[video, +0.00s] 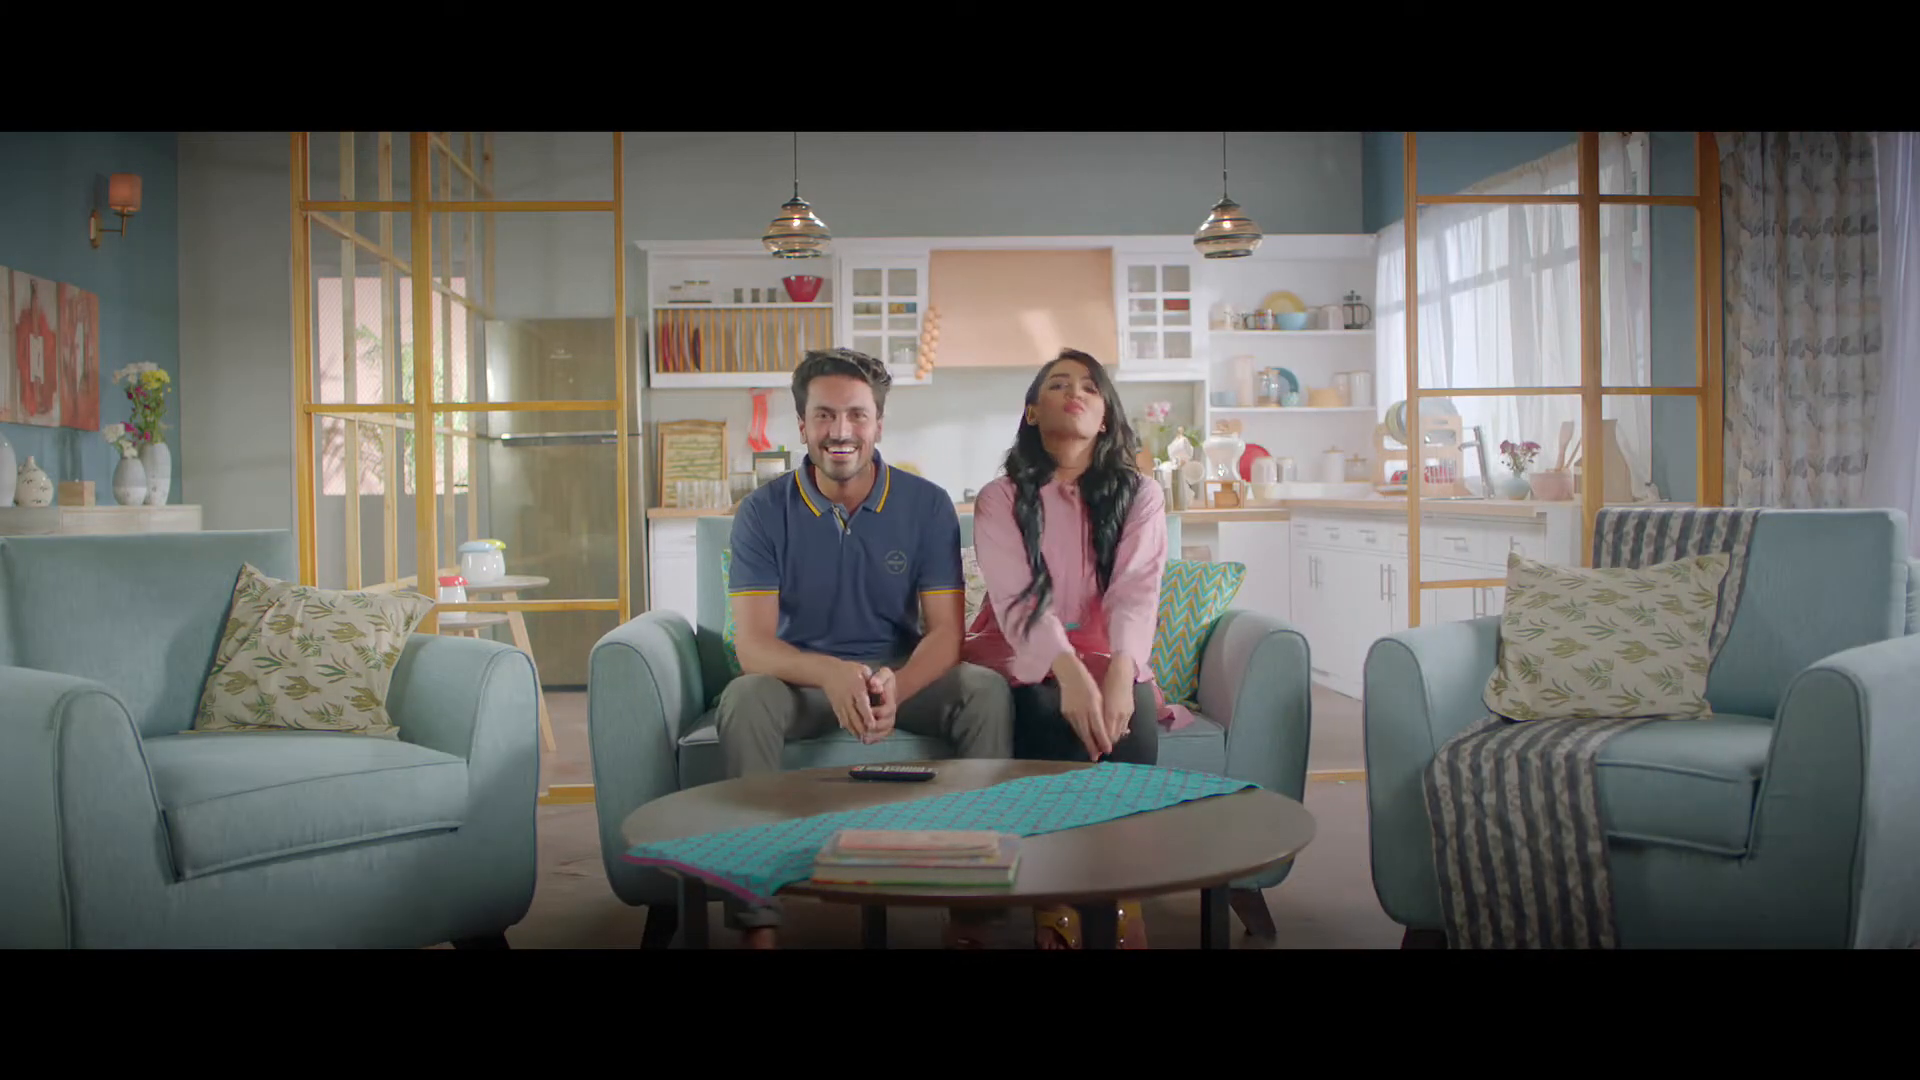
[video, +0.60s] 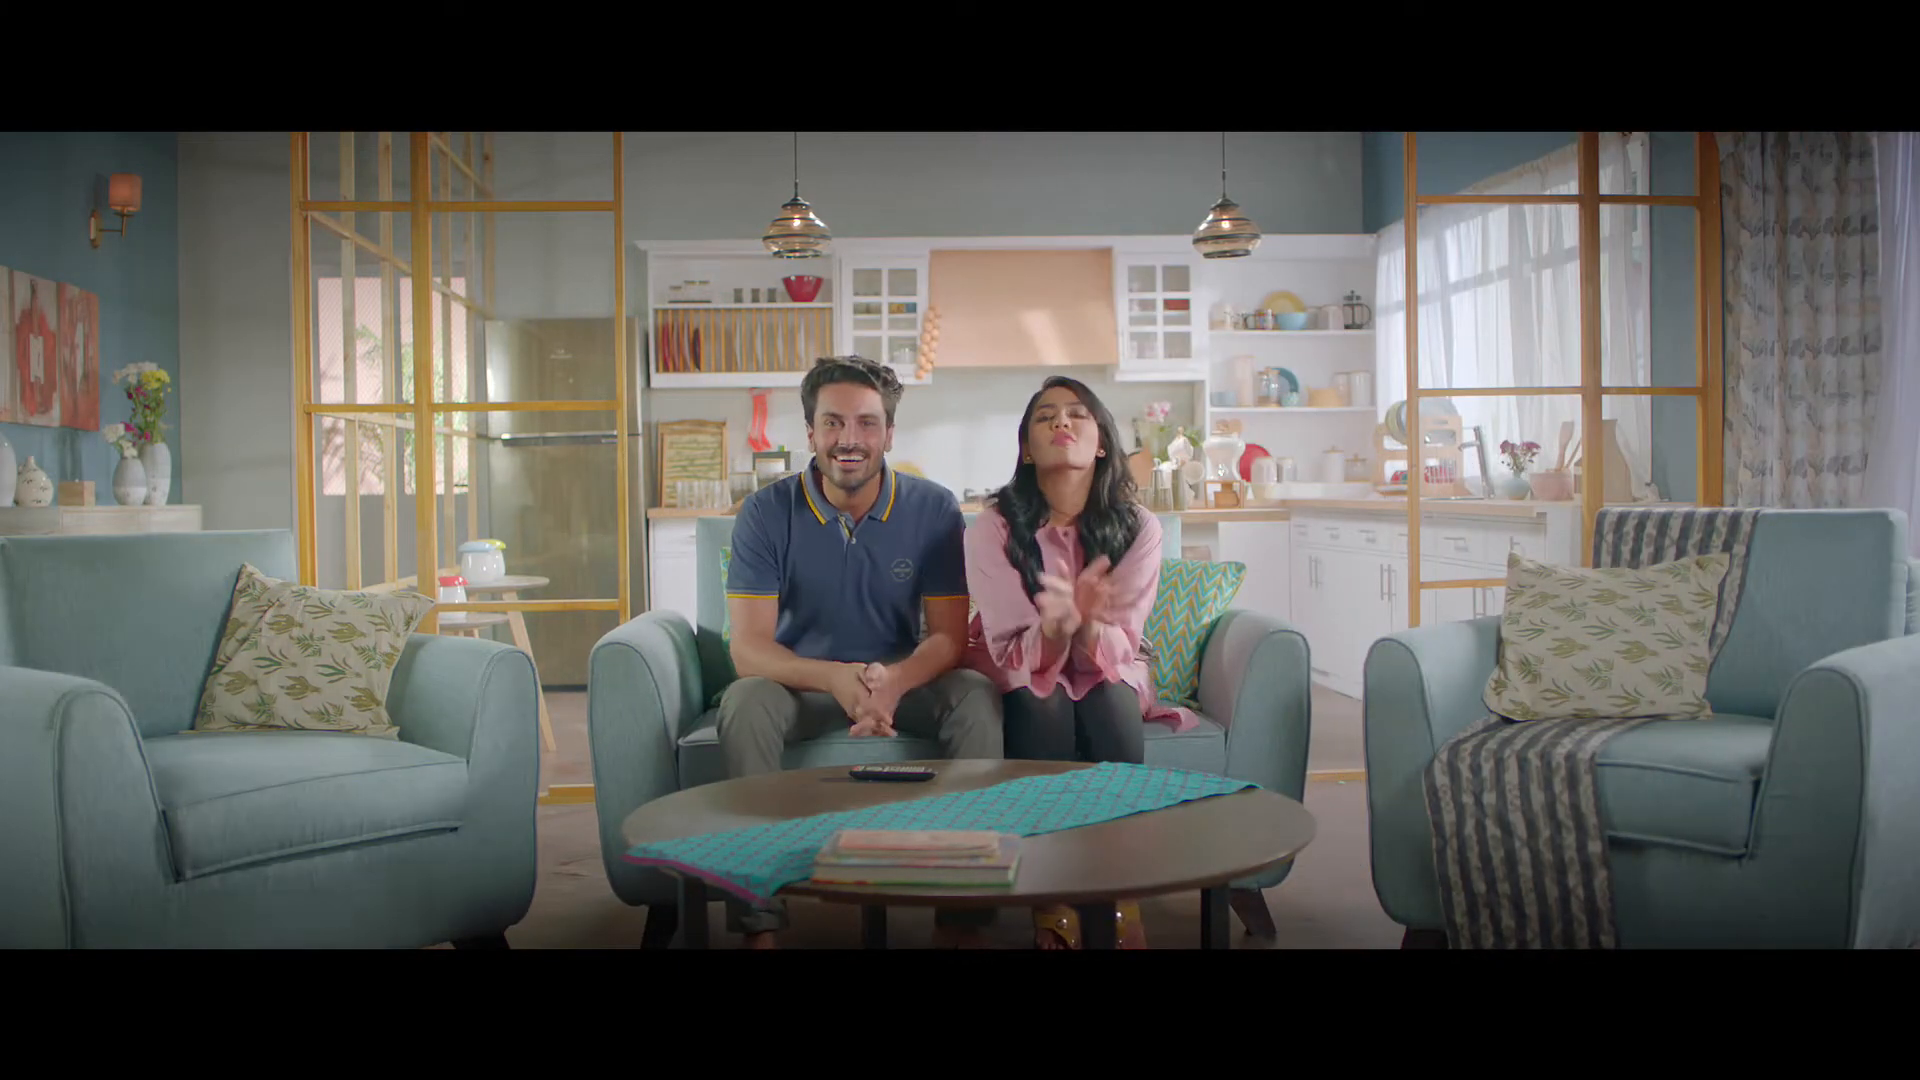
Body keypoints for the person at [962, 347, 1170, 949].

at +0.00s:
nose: (1075, 393)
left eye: (1090, 388)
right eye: (1058, 385)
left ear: (1106, 416)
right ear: (1033, 412)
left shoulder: (1139, 492)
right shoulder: (1002, 497)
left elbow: (1138, 592)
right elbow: (1016, 597)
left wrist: (1119, 676)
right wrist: (1067, 669)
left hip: (1111, 660)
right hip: (1026, 661)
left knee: (1135, 726)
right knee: (1058, 721)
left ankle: (1120, 898)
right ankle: (1053, 898)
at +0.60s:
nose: (1062, 423)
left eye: (1077, 416)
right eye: (1046, 417)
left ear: (1101, 445)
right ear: (1026, 448)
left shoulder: (1139, 527)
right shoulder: (991, 528)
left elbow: (1123, 647)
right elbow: (1014, 660)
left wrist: (1087, 625)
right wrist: (1055, 629)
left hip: (1107, 681)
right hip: (1030, 683)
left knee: (1110, 701)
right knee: (1045, 706)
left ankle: (1123, 896)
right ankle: (1055, 899)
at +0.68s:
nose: (1059, 424)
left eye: (1074, 417)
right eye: (1042, 419)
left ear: (1098, 447)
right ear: (1023, 449)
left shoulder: (1135, 526)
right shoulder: (988, 529)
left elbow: (1112, 655)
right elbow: (1014, 663)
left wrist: (1079, 576)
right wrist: (1054, 581)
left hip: (1105, 680)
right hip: (1029, 684)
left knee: (1107, 698)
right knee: (1043, 700)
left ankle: (1123, 895)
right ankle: (1053, 899)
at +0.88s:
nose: (1062, 424)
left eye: (1076, 416)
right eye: (1045, 418)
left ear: (1100, 445)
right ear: (1025, 448)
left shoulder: (1137, 525)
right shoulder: (991, 529)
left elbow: (1113, 654)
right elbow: (1023, 659)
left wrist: (1091, 570)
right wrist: (1056, 574)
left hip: (1106, 677)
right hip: (1029, 679)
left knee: (1113, 697)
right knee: (1049, 699)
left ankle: (1124, 893)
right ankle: (1054, 897)